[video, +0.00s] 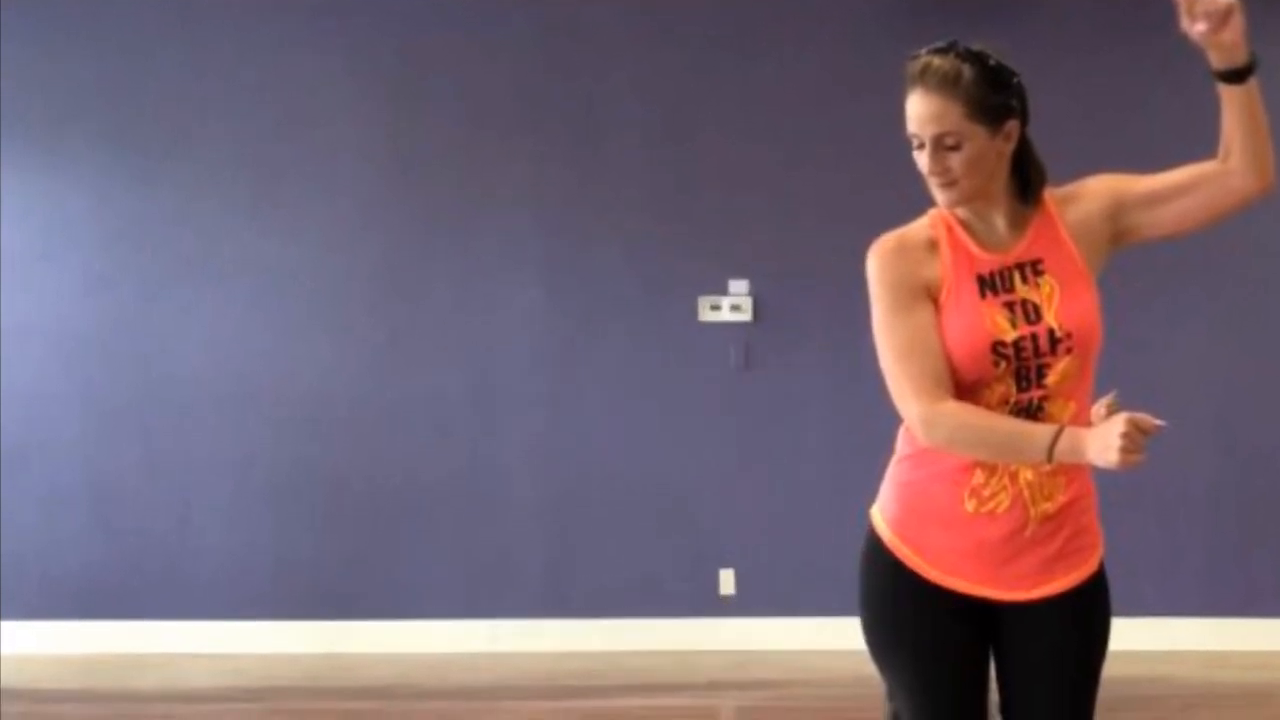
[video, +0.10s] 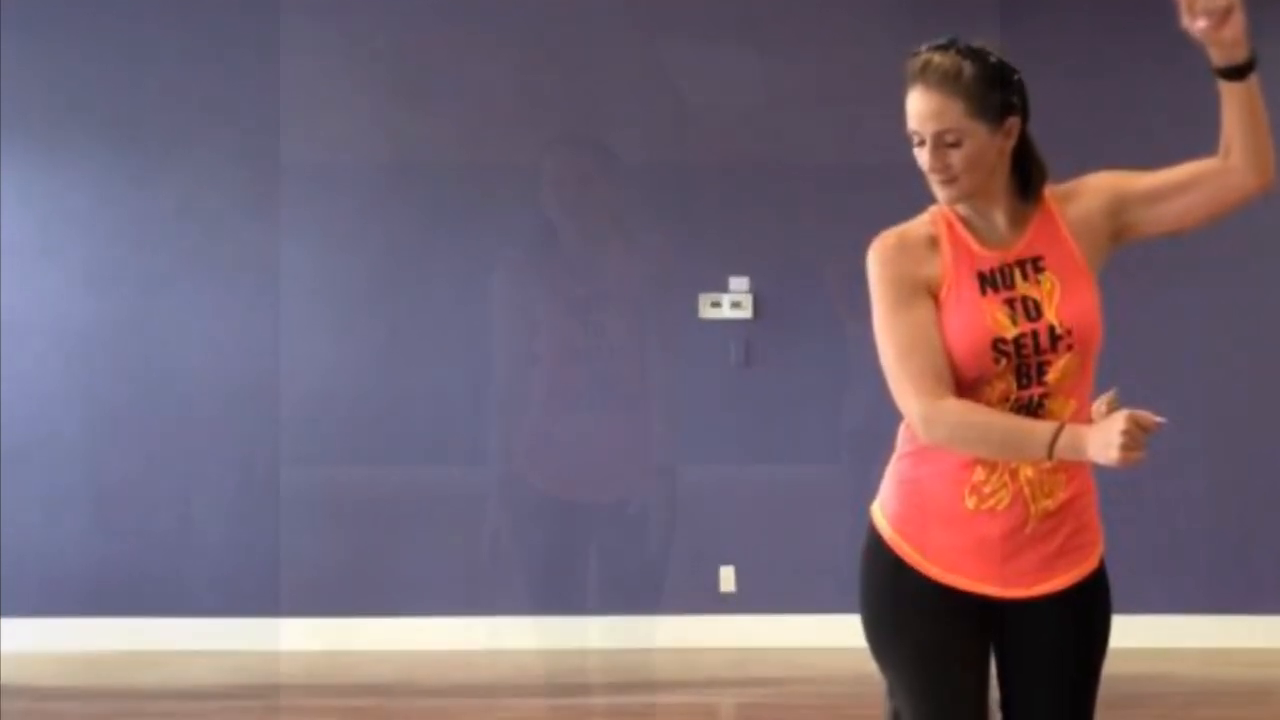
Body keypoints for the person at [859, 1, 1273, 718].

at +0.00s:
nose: (929, 166)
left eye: (948, 144)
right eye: (916, 145)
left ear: (1007, 134)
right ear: (907, 142)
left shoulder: (1089, 215)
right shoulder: (902, 258)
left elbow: (1246, 175)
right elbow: (931, 417)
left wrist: (1230, 61)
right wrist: (1077, 443)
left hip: (1056, 573)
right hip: (923, 573)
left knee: (1055, 711)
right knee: (935, 707)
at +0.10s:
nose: (929, 162)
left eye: (949, 141)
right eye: (917, 142)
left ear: (1009, 131)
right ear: (908, 140)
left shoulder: (1089, 212)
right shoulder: (902, 256)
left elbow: (1248, 171)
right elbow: (931, 416)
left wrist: (1230, 57)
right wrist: (1077, 440)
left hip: (1057, 570)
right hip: (925, 570)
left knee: (1056, 711)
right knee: (940, 707)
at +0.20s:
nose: (931, 159)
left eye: (950, 137)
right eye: (918, 139)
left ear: (1010, 128)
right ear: (909, 138)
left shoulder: (1090, 209)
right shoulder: (903, 252)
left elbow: (1248, 169)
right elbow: (932, 413)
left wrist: (1229, 51)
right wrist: (1077, 436)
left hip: (1058, 563)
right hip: (926, 565)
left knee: (1056, 711)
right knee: (942, 708)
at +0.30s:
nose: (931, 155)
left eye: (951, 133)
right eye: (918, 135)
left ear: (1010, 124)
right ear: (908, 134)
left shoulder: (1091, 205)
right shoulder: (904, 248)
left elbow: (1249, 165)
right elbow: (931, 408)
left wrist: (1231, 49)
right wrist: (1078, 433)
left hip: (1058, 559)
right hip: (927, 561)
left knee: (1058, 712)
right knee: (943, 709)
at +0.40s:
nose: (931, 153)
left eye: (951, 131)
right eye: (918, 133)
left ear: (1011, 119)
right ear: (908, 132)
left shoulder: (1092, 203)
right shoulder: (904, 246)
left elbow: (1249, 162)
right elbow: (931, 405)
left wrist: (1231, 46)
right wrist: (1077, 430)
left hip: (1058, 556)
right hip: (927, 559)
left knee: (1058, 711)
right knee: (943, 710)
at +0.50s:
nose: (933, 150)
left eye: (953, 128)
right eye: (919, 129)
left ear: (1011, 116)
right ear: (909, 129)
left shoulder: (1092, 201)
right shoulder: (904, 244)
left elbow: (1249, 160)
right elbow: (931, 402)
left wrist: (1232, 45)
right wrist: (1077, 428)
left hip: (1058, 551)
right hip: (929, 555)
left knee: (1057, 712)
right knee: (945, 711)